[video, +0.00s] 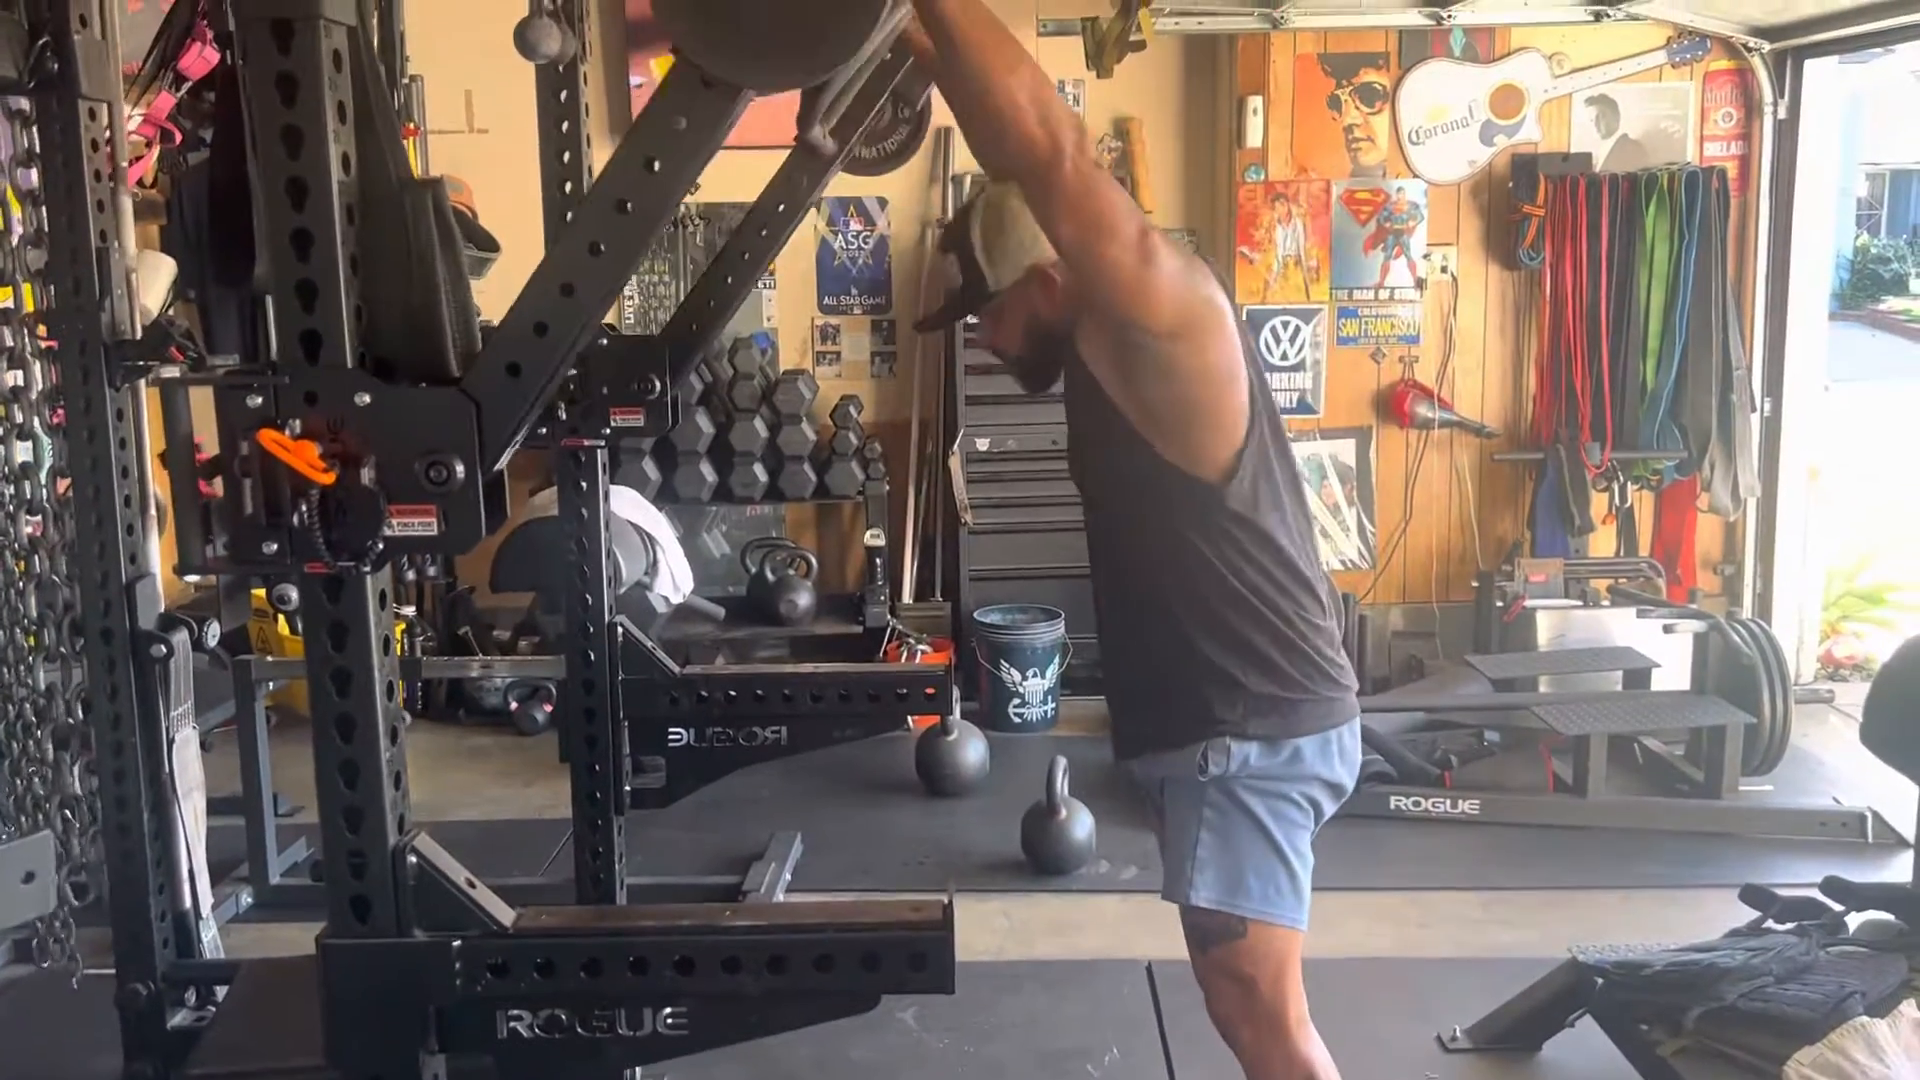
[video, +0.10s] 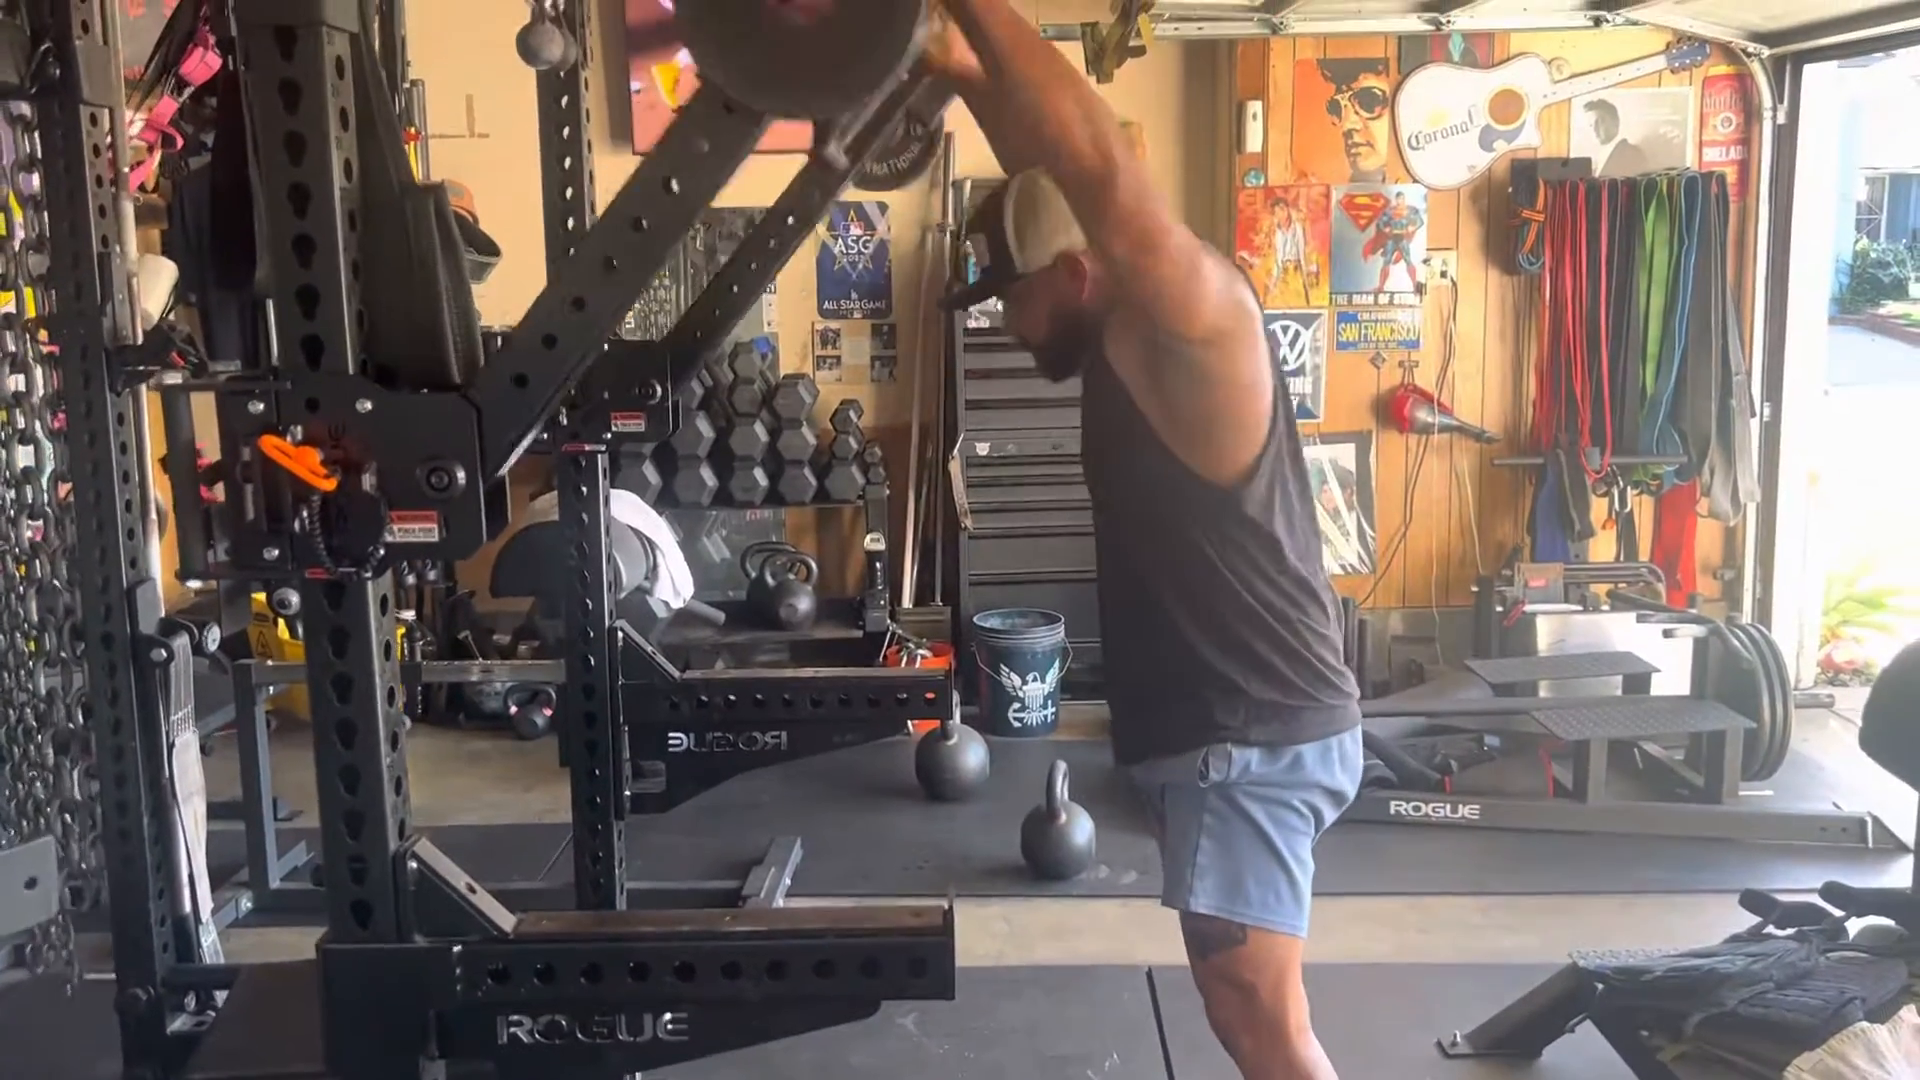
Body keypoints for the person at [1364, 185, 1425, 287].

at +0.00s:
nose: (1400, 196)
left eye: (1402, 194)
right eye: (1399, 194)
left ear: (1405, 195)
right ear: (1396, 195)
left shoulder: (1412, 206)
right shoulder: (1390, 206)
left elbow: (1420, 217)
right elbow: (1381, 217)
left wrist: (1413, 223)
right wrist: (1386, 224)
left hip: (1404, 231)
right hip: (1392, 231)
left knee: (1408, 255)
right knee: (1387, 256)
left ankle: (1415, 280)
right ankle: (1381, 281)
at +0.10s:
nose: (1400, 201)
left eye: (1401, 199)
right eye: (1398, 199)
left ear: (1404, 200)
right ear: (1395, 200)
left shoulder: (1411, 210)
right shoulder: (1390, 211)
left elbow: (1420, 222)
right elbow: (1380, 222)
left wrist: (1413, 228)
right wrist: (1385, 229)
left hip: (1404, 236)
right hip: (1392, 236)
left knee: (1408, 260)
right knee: (1387, 261)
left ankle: (1414, 285)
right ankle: (1381, 286)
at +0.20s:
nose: (1400, 207)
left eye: (1401, 204)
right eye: (1398, 204)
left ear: (1404, 205)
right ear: (1395, 205)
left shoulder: (1411, 216)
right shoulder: (1389, 216)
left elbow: (1420, 227)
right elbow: (1380, 227)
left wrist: (1413, 233)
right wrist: (1385, 234)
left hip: (1404, 241)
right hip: (1391, 240)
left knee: (1408, 265)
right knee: (1386, 266)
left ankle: (1414, 290)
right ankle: (1380, 291)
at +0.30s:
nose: (1398, 211)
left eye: (1399, 208)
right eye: (1396, 208)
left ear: (1402, 209)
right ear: (1393, 209)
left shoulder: (1409, 220)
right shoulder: (1387, 220)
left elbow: (1418, 231)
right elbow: (1378, 231)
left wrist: (1410, 238)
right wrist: (1383, 238)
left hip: (1402, 245)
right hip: (1390, 245)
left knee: (1406, 269)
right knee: (1384, 270)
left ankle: (1412, 294)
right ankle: (1378, 295)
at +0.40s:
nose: (1396, 214)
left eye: (1398, 212)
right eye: (1394, 212)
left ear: (1401, 213)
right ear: (1391, 213)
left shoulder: (1408, 224)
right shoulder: (1385, 224)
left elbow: (1416, 235)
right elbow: (1376, 235)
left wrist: (1409, 242)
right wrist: (1381, 243)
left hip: (1400, 249)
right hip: (1388, 248)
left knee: (1404, 273)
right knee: (1383, 274)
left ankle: (1410, 298)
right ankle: (1376, 299)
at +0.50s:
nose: (1395, 219)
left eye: (1396, 216)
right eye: (1393, 216)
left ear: (1399, 217)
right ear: (1390, 217)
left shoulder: (1406, 228)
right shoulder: (1384, 228)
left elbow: (1414, 239)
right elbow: (1375, 239)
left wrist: (1407, 246)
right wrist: (1379, 246)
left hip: (1399, 252)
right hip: (1387, 252)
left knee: (1402, 277)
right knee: (1381, 277)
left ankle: (1408, 300)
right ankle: (1376, 300)